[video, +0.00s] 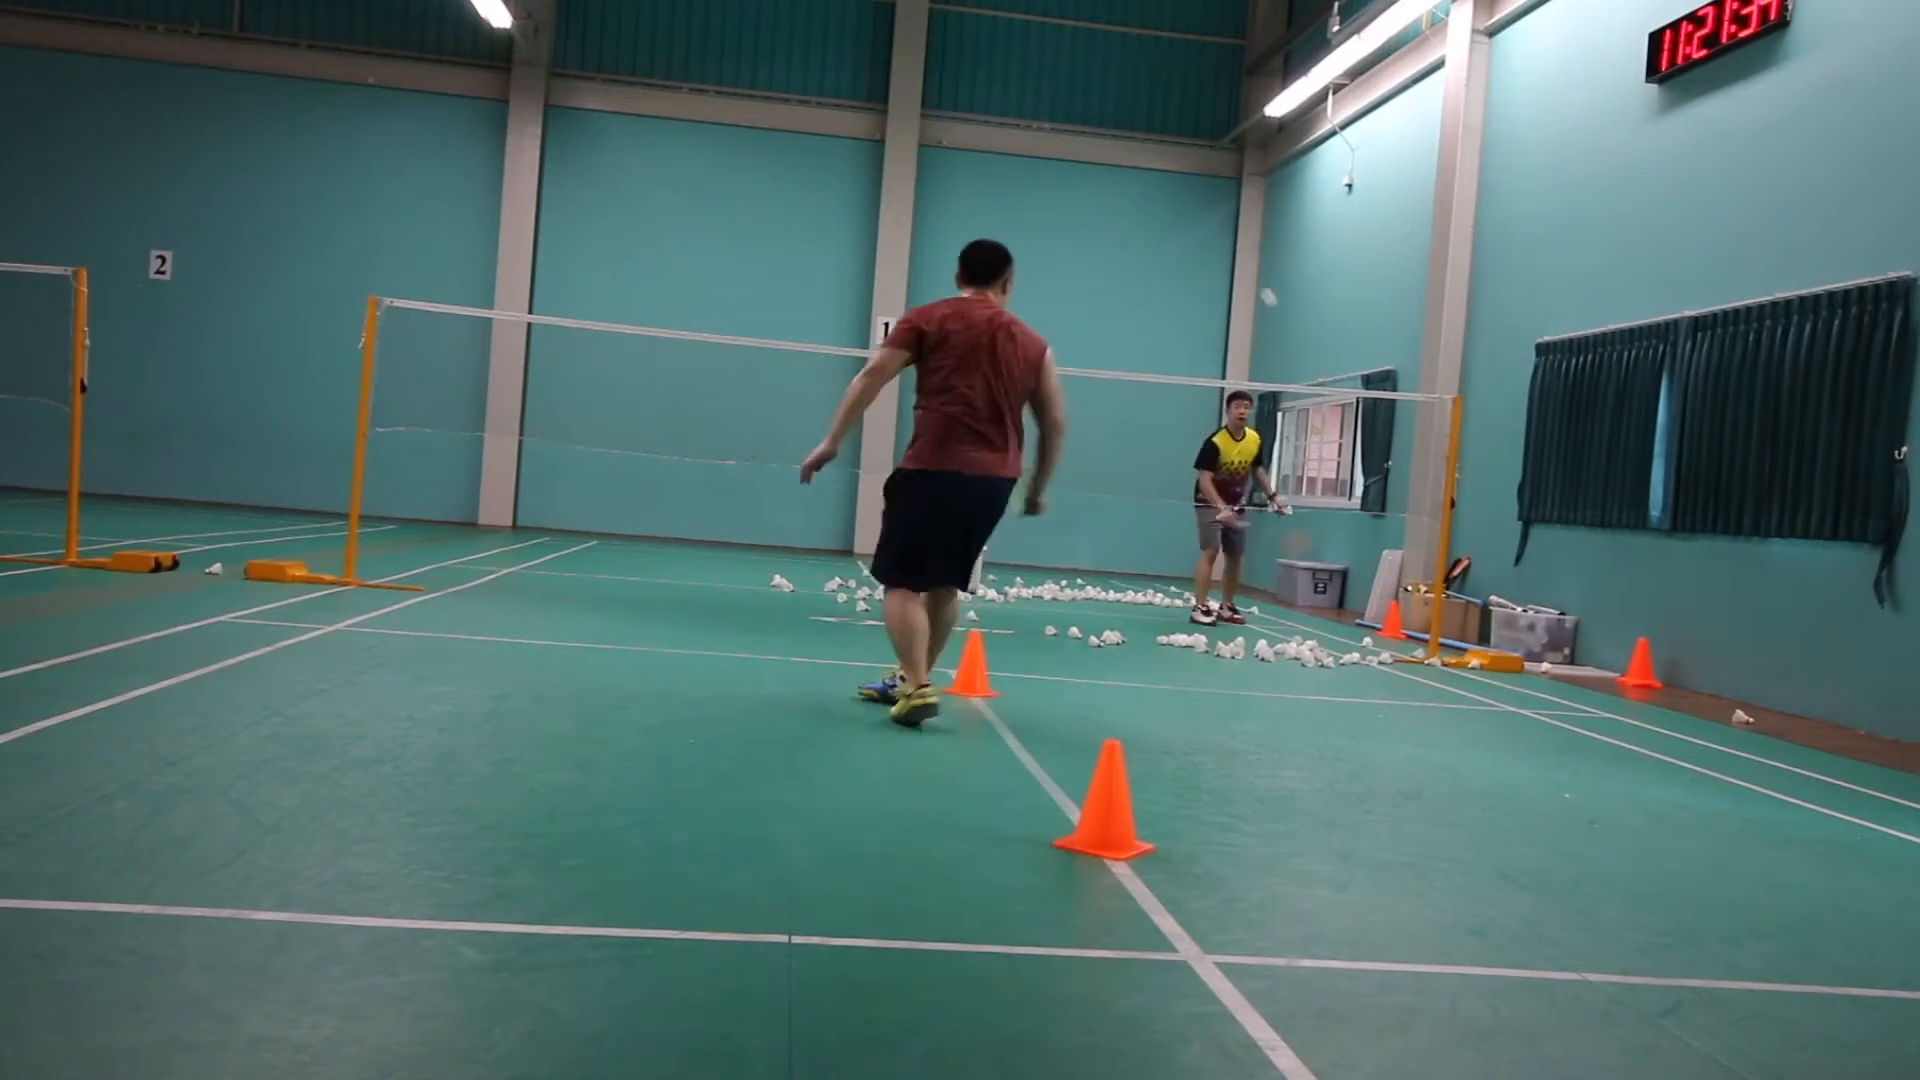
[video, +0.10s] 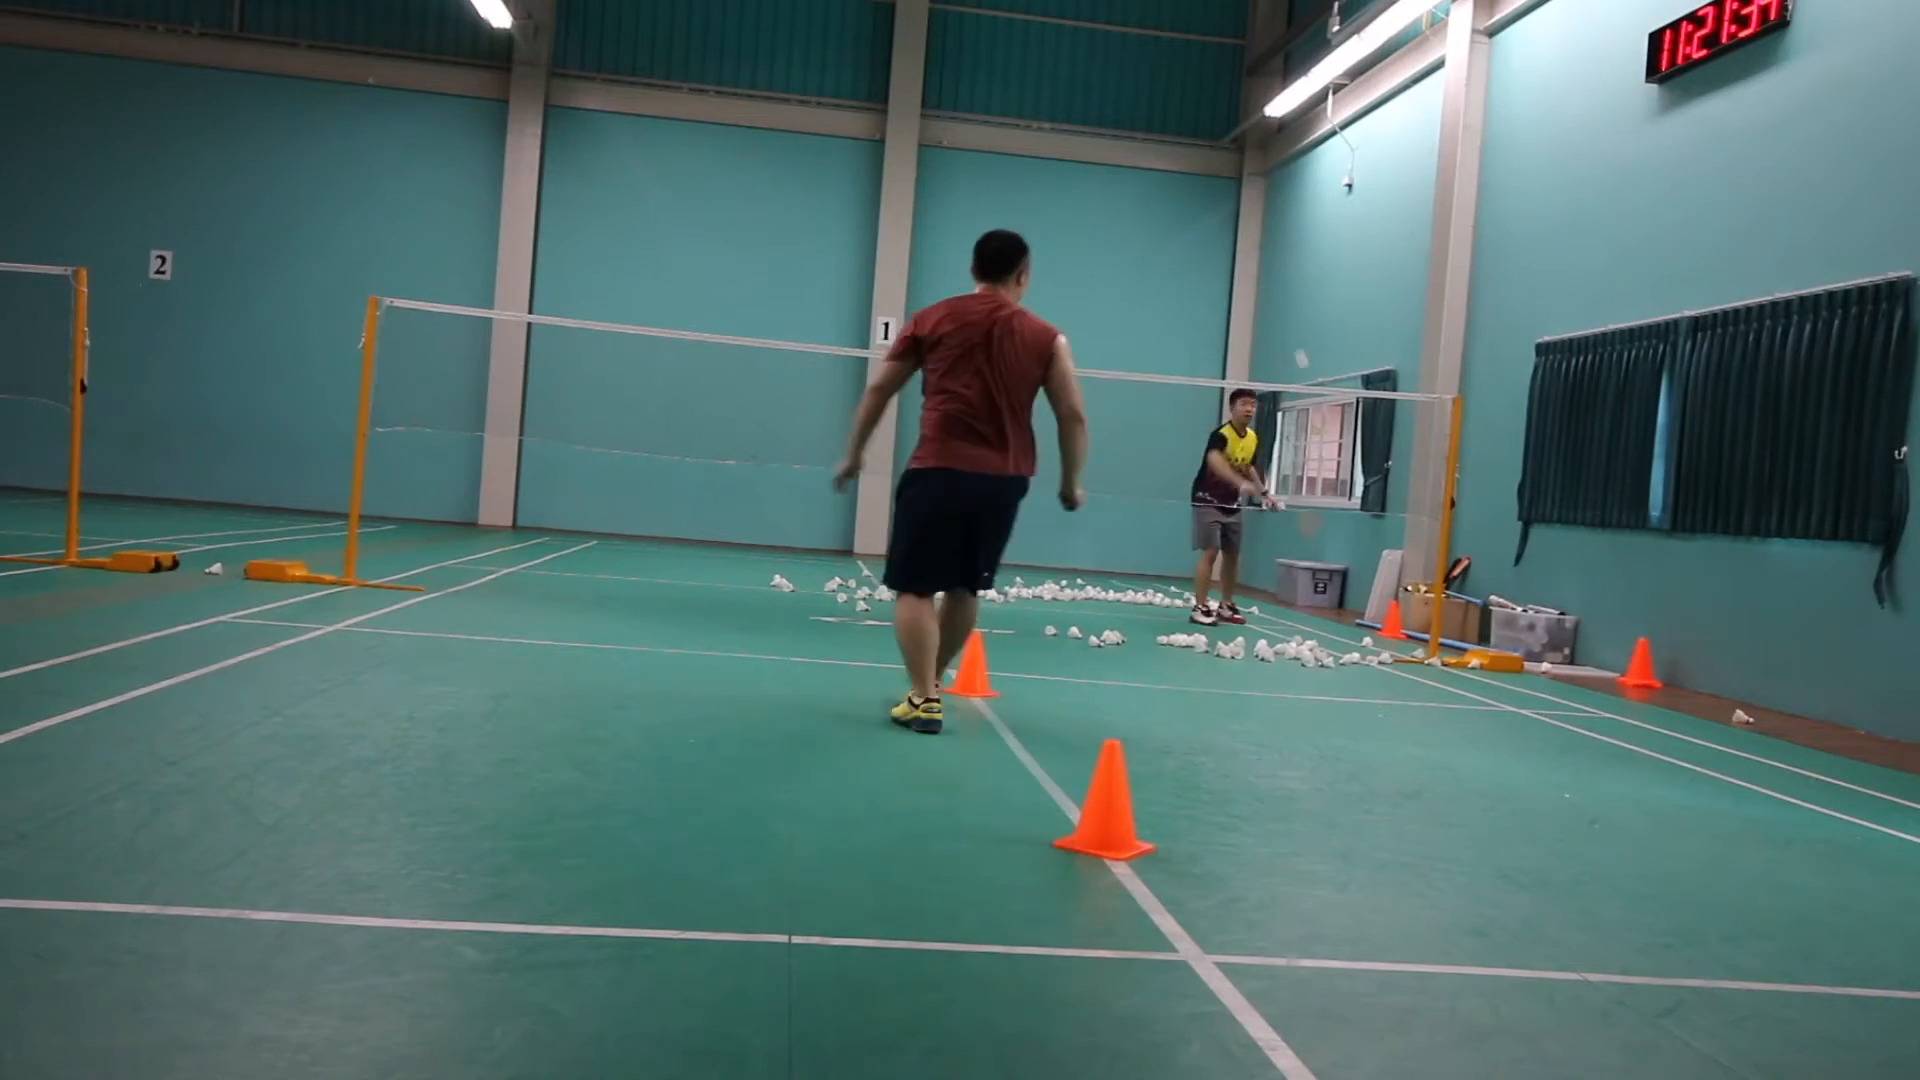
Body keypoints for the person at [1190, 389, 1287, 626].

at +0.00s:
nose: (1242, 412)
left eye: (1246, 408)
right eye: (1237, 407)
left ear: (1250, 412)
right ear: (1228, 411)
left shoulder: (1255, 439)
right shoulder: (1214, 442)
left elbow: (1257, 469)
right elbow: (1204, 480)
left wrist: (1272, 496)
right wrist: (1222, 507)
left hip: (1236, 504)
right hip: (1210, 503)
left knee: (1234, 556)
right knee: (1211, 552)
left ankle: (1227, 605)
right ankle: (1200, 605)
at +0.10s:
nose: (1249, 409)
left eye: (1252, 405)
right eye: (1243, 404)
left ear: (1255, 410)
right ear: (1232, 408)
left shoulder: (1252, 438)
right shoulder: (1221, 435)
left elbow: (1249, 467)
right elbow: (1215, 462)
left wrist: (1263, 493)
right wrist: (1241, 483)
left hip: (1233, 502)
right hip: (1209, 500)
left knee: (1232, 553)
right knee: (1211, 551)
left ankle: (1227, 604)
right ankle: (1201, 605)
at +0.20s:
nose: (1255, 409)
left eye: (1258, 404)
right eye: (1250, 403)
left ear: (1260, 409)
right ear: (1237, 406)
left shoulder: (1249, 436)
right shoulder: (1225, 427)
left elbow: (1237, 472)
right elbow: (1232, 424)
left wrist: (1251, 492)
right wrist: (1249, 414)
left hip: (1229, 501)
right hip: (1208, 499)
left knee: (1231, 552)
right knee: (1211, 551)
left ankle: (1225, 603)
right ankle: (1201, 606)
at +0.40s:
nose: (1257, 403)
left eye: (1261, 400)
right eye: (1252, 398)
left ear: (1262, 408)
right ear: (1242, 402)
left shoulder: (1250, 434)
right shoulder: (1228, 424)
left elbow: (1247, 468)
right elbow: (1224, 412)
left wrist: (1245, 496)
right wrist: (1242, 392)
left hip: (1234, 497)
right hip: (1214, 495)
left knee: (1225, 553)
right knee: (1213, 552)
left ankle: (1220, 603)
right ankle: (1200, 604)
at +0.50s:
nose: (1257, 406)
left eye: (1261, 403)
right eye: (1253, 401)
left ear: (1263, 410)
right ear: (1240, 403)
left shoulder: (1253, 437)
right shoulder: (1227, 432)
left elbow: (1250, 469)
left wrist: (1252, 497)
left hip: (1238, 503)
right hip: (1221, 501)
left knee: (1227, 556)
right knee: (1215, 556)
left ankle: (1220, 601)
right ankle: (1206, 603)